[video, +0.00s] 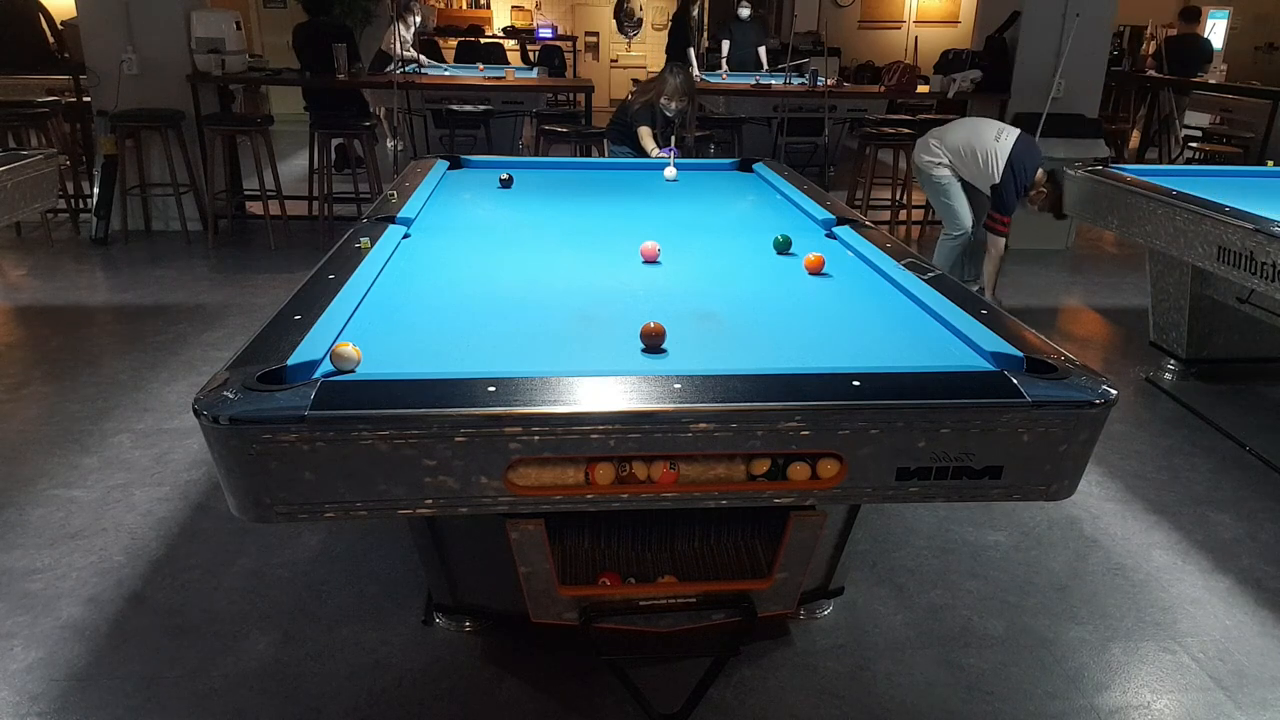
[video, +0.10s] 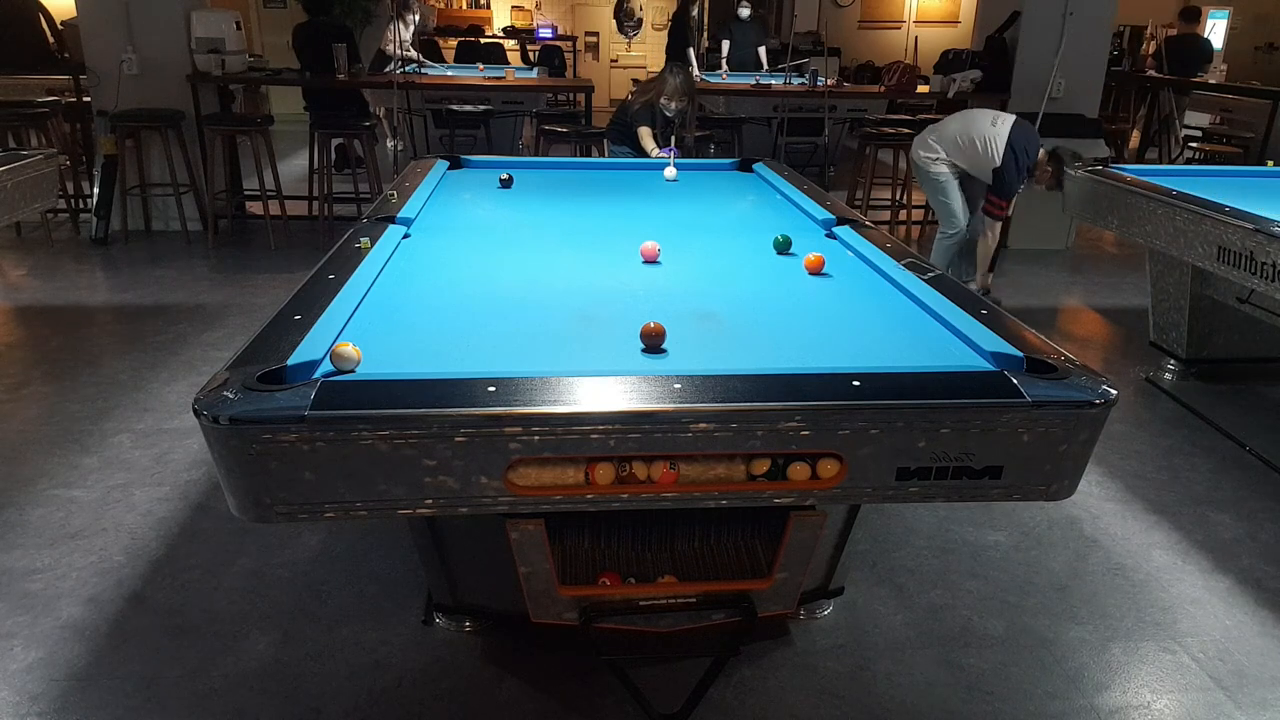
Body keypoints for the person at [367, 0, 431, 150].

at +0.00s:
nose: (416, 18)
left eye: (417, 14)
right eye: (413, 15)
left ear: (419, 16)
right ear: (404, 15)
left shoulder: (410, 29)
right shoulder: (395, 29)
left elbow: (407, 48)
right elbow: (396, 53)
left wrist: (419, 57)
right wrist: (417, 57)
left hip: (394, 70)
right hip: (379, 73)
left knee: (395, 106)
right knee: (386, 108)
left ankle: (397, 136)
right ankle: (390, 139)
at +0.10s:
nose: (416, 16)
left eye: (417, 12)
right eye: (412, 13)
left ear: (418, 12)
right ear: (403, 12)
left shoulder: (412, 25)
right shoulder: (394, 26)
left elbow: (406, 46)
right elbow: (388, 49)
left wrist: (417, 56)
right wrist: (409, 56)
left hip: (395, 69)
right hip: (379, 72)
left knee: (394, 106)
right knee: (384, 108)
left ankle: (396, 135)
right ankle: (390, 138)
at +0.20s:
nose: (413, 17)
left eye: (415, 13)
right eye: (409, 13)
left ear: (417, 13)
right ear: (402, 12)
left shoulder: (411, 26)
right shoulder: (391, 27)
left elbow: (406, 43)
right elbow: (384, 48)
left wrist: (413, 53)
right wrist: (405, 56)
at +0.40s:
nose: (410, 14)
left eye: (412, 11)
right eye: (406, 11)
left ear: (414, 12)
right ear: (400, 11)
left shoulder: (410, 26)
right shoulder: (390, 24)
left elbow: (406, 43)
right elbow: (381, 45)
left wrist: (415, 54)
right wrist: (398, 60)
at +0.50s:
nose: (410, 14)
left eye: (411, 11)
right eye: (406, 11)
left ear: (413, 11)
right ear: (398, 11)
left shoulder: (410, 26)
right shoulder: (390, 23)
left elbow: (404, 43)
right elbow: (380, 43)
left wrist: (414, 53)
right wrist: (394, 60)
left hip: (397, 64)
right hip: (382, 65)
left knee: (394, 104)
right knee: (384, 106)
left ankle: (395, 135)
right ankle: (390, 138)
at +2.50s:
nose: (409, 14)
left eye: (411, 11)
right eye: (406, 11)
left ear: (413, 11)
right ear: (398, 11)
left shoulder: (410, 27)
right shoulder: (390, 21)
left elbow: (404, 45)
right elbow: (380, 42)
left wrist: (414, 54)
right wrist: (392, 60)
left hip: (398, 67)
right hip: (381, 68)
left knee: (396, 105)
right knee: (385, 106)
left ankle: (396, 135)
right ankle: (389, 138)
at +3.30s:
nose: (390, 7)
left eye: (392, 4)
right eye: (386, 4)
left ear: (394, 5)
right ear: (380, 6)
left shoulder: (397, 21)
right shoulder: (374, 20)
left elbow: (396, 41)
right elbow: (374, 45)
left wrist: (401, 47)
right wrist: (391, 61)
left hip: (392, 61)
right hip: (377, 62)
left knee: (392, 100)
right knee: (380, 101)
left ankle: (394, 135)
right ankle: (389, 136)